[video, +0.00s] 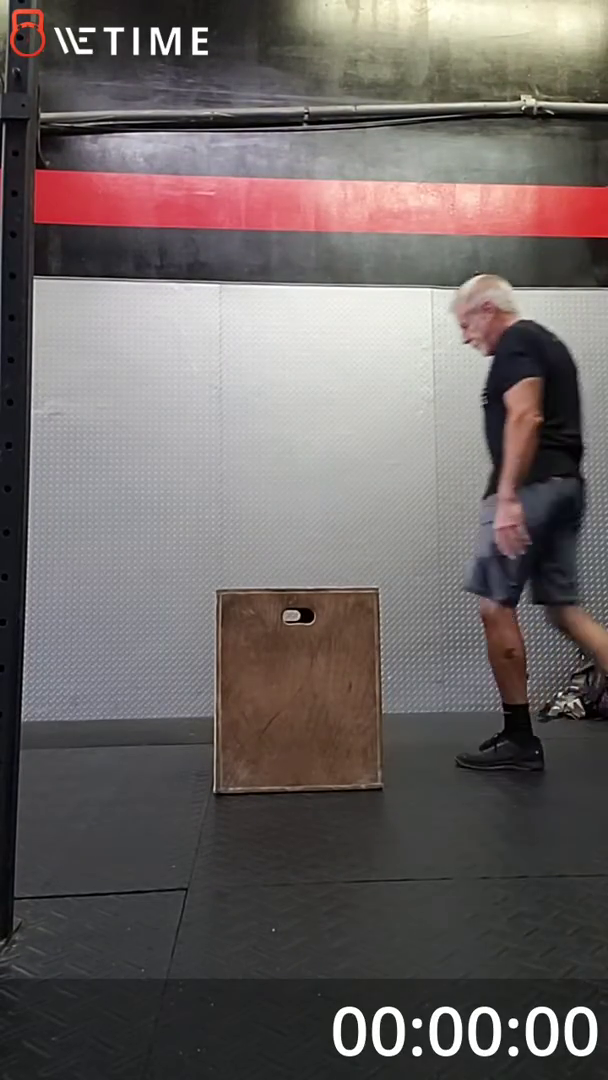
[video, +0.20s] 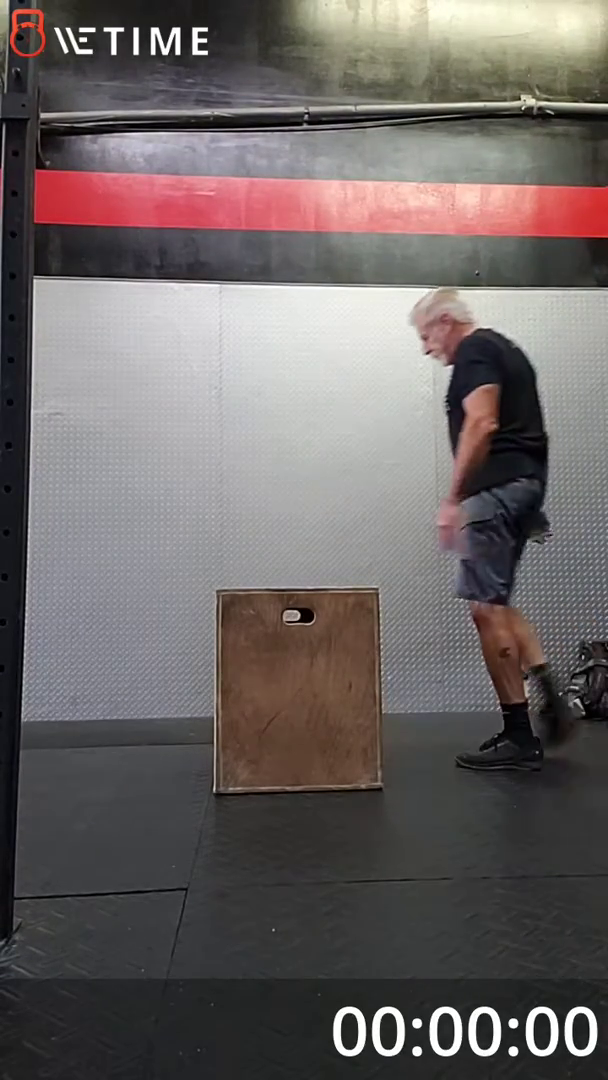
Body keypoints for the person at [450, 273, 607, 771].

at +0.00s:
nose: (466, 336)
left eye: (468, 325)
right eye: (462, 328)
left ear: (490, 311)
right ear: (499, 312)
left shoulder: (516, 342)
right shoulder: (549, 343)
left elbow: (526, 416)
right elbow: (562, 428)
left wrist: (507, 498)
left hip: (529, 491)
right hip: (562, 488)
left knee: (495, 608)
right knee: (564, 608)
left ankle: (519, 738)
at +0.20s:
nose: (427, 349)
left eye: (427, 338)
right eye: (423, 341)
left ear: (448, 323)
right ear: (452, 323)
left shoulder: (475, 350)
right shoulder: (504, 349)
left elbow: (483, 422)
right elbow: (526, 433)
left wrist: (453, 498)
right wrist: (527, 503)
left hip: (495, 492)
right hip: (518, 489)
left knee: (485, 610)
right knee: (498, 604)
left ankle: (519, 736)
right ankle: (549, 692)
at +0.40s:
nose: (390, 370)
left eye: (390, 360)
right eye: (386, 363)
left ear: (409, 344)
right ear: (411, 346)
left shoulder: (439, 368)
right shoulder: (462, 371)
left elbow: (442, 434)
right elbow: (485, 450)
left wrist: (399, 498)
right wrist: (488, 515)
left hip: (461, 501)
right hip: (476, 500)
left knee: (473, 610)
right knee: (454, 612)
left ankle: (520, 736)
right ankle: (444, 709)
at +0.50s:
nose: (377, 377)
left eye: (377, 366)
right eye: (373, 369)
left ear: (397, 353)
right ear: (400, 353)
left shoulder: (425, 378)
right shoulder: (441, 379)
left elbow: (429, 442)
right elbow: (444, 453)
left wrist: (389, 503)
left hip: (446, 508)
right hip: (458, 505)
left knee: (461, 614)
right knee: (437, 613)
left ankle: (517, 734)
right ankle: (433, 718)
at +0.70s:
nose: (350, 383)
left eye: (350, 373)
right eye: (347, 376)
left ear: (372, 360)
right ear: (371, 362)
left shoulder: (398, 386)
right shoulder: (404, 386)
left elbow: (416, 444)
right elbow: (416, 451)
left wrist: (396, 512)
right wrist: (394, 509)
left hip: (416, 510)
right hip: (430, 508)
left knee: (390, 608)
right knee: (419, 612)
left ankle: (468, 693)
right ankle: (432, 716)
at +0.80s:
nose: (335, 382)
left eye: (339, 373)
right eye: (332, 376)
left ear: (361, 362)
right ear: (358, 367)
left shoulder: (387, 388)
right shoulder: (381, 394)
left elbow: (412, 445)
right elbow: (400, 454)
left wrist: (399, 509)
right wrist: (382, 509)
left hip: (391, 513)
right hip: (411, 510)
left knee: (365, 608)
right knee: (412, 610)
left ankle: (420, 700)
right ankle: (430, 715)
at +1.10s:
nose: (289, 387)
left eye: (293, 377)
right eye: (286, 379)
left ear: (316, 369)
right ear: (314, 373)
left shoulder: (339, 398)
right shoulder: (327, 405)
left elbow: (362, 456)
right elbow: (347, 466)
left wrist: (354, 521)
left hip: (334, 526)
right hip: (345, 523)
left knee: (320, 627)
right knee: (382, 615)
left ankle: (320, 724)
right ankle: (425, 705)